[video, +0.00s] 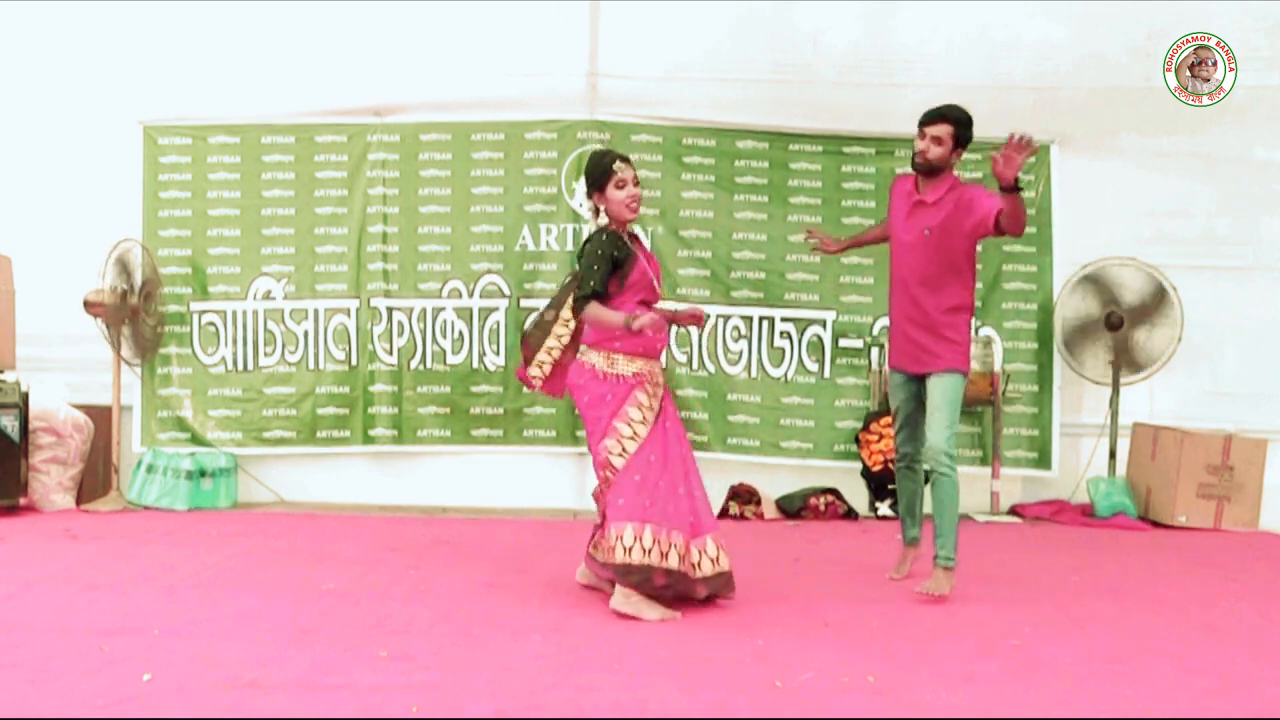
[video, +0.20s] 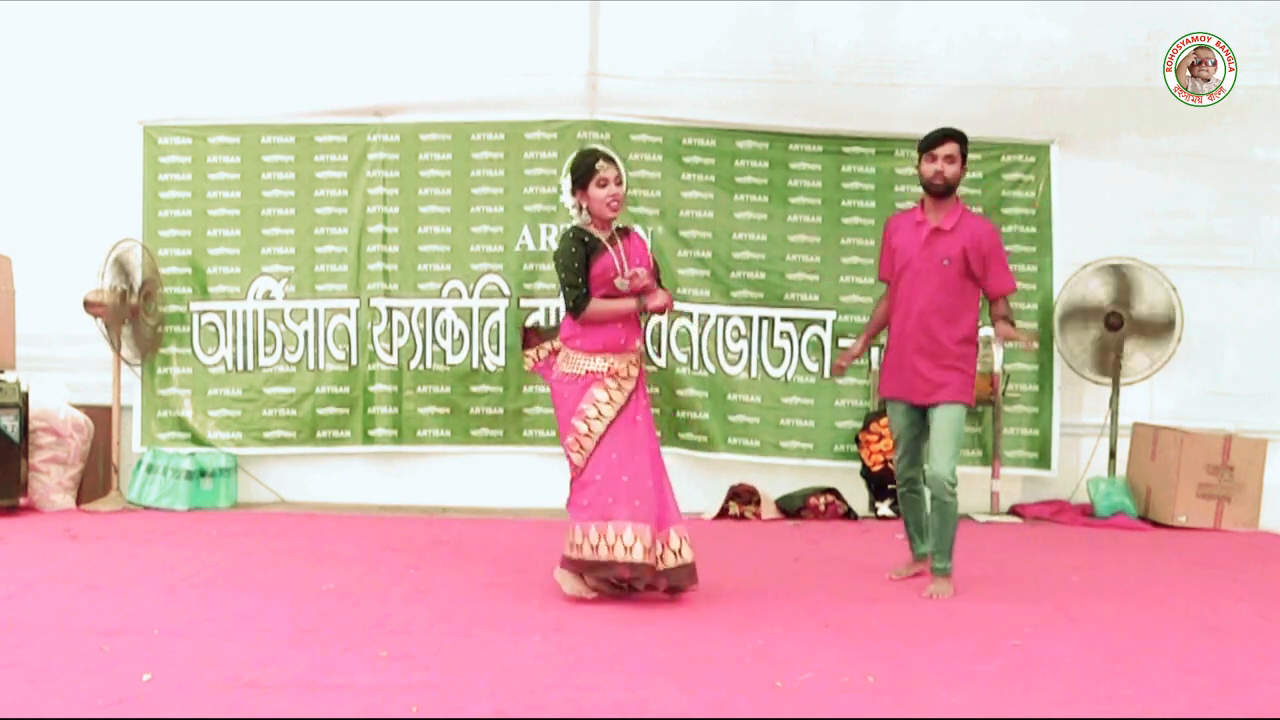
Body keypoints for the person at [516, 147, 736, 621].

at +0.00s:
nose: (634, 193)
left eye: (636, 184)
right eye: (621, 187)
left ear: (640, 189)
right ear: (598, 198)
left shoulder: (634, 242)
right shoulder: (603, 242)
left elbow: (635, 304)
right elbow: (584, 305)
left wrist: (676, 315)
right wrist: (626, 322)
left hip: (634, 372)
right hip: (610, 374)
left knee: (636, 467)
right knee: (647, 468)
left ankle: (598, 561)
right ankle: (631, 590)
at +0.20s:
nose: (615, 193)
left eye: (619, 184)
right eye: (603, 185)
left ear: (625, 188)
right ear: (581, 195)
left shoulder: (635, 239)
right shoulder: (573, 242)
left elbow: (660, 293)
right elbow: (580, 308)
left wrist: (647, 286)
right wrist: (641, 304)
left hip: (626, 364)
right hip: (583, 366)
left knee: (636, 457)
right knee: (601, 460)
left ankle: (630, 562)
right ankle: (579, 562)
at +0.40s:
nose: (600, 190)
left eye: (605, 181)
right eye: (589, 183)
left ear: (612, 187)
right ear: (568, 193)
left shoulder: (628, 241)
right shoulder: (557, 243)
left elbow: (646, 306)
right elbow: (544, 308)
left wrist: (618, 300)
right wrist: (595, 323)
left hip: (613, 363)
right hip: (564, 365)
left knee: (617, 455)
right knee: (561, 456)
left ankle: (612, 558)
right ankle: (545, 544)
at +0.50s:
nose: (596, 193)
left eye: (600, 184)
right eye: (584, 186)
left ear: (607, 189)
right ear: (564, 196)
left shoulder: (624, 246)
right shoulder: (552, 247)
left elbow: (636, 307)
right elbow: (535, 312)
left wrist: (621, 340)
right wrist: (572, 356)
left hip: (610, 368)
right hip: (560, 368)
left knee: (610, 459)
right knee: (566, 459)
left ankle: (608, 562)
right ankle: (568, 562)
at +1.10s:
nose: (610, 207)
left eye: (616, 197)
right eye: (599, 199)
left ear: (624, 199)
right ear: (580, 207)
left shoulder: (646, 254)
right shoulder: (569, 254)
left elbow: (651, 318)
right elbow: (558, 322)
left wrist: (652, 375)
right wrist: (597, 361)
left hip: (622, 366)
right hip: (571, 364)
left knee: (614, 455)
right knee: (570, 452)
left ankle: (607, 554)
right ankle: (563, 551)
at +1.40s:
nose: (659, 235)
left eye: (664, 224)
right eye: (648, 228)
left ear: (673, 225)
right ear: (629, 235)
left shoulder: (689, 268)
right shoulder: (622, 283)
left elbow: (692, 331)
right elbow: (618, 352)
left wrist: (681, 389)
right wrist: (623, 411)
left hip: (668, 379)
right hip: (622, 380)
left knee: (672, 458)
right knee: (636, 458)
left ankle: (661, 559)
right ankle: (625, 554)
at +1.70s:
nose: (695, 224)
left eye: (700, 214)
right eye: (683, 217)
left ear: (708, 217)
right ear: (665, 227)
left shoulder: (720, 266)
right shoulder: (660, 277)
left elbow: (737, 324)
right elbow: (644, 347)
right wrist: (674, 397)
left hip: (711, 378)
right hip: (665, 379)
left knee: (713, 464)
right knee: (667, 463)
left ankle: (711, 557)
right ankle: (625, 543)